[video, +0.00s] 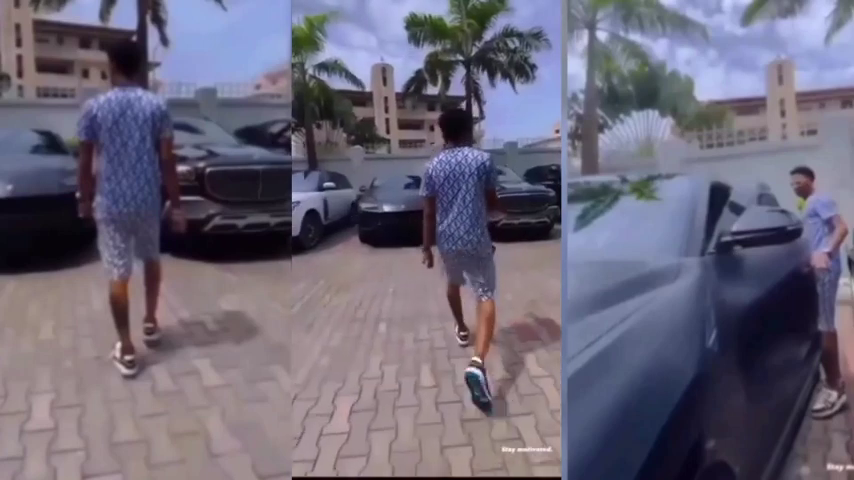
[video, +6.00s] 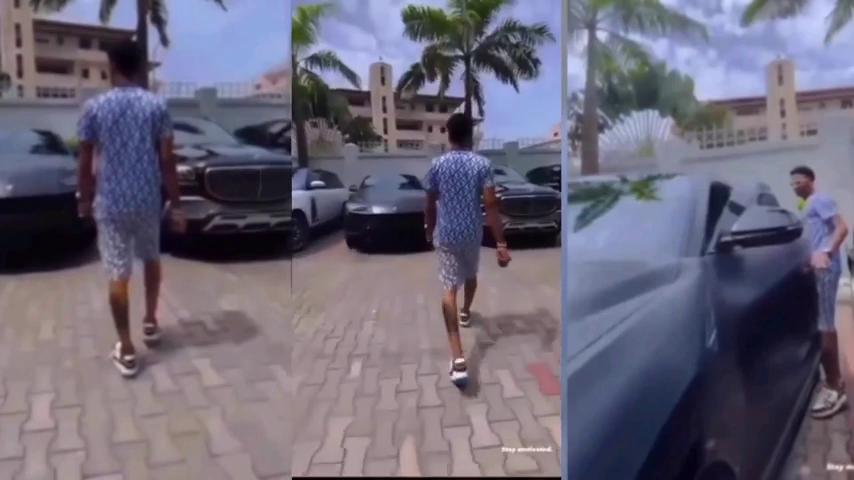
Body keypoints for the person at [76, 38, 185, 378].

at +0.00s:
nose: (112, 71)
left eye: (111, 66)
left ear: (112, 67)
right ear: (142, 67)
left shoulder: (95, 107)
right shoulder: (155, 105)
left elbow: (85, 161)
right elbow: (167, 159)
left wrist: (85, 199)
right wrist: (175, 202)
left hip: (110, 202)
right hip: (147, 201)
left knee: (118, 273)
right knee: (151, 260)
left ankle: (125, 348)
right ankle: (150, 319)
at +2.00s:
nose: (112, 71)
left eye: (111, 66)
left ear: (112, 67)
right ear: (142, 67)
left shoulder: (95, 107)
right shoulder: (155, 105)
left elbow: (85, 161)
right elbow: (167, 159)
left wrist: (85, 199)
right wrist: (175, 202)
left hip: (110, 201)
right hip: (147, 200)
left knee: (118, 273)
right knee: (151, 260)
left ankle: (125, 348)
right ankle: (150, 319)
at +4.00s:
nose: (112, 71)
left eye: (111, 66)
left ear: (112, 67)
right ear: (142, 67)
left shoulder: (95, 107)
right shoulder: (155, 105)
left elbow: (85, 161)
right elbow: (167, 159)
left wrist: (85, 199)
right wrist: (175, 202)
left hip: (110, 201)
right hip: (147, 200)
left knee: (118, 273)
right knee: (151, 260)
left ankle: (125, 348)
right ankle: (150, 319)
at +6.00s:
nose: (110, 72)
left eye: (110, 66)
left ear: (112, 68)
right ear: (142, 67)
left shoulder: (96, 107)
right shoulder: (156, 106)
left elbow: (85, 161)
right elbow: (167, 160)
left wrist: (85, 199)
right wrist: (175, 202)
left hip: (110, 201)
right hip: (147, 200)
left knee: (118, 273)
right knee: (151, 260)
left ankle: (125, 348)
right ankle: (150, 319)